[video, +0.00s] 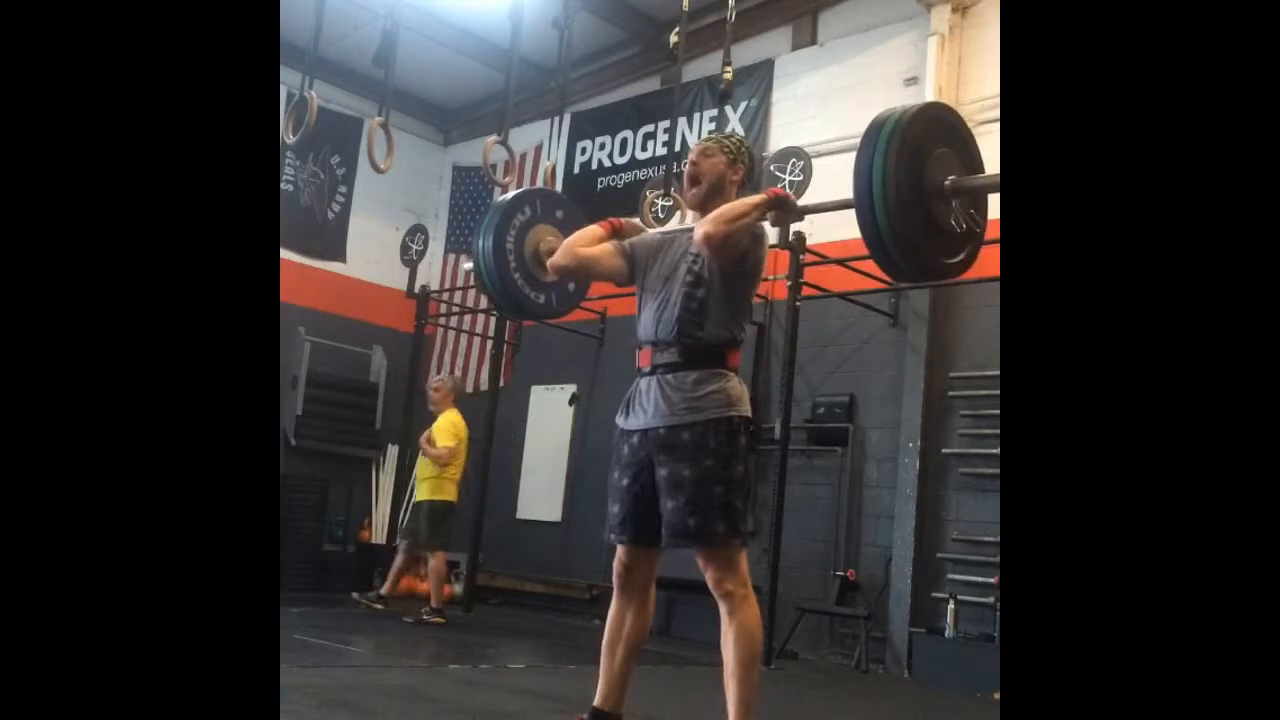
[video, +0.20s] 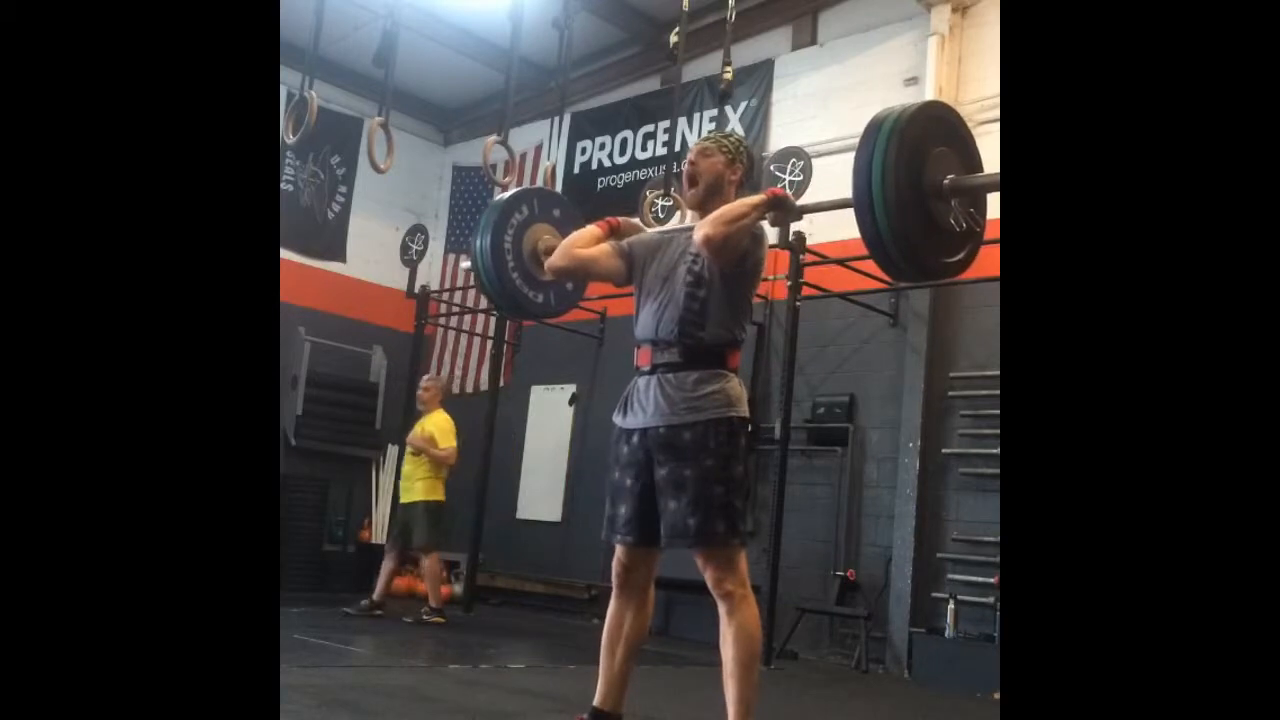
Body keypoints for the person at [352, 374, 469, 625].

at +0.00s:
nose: (431, 395)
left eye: (436, 391)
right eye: (430, 390)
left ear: (450, 395)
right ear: (444, 396)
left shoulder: (448, 420)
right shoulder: (449, 420)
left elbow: (445, 456)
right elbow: (447, 457)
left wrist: (423, 445)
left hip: (437, 495)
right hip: (428, 494)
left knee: (436, 551)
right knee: (407, 545)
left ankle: (435, 608)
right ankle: (383, 594)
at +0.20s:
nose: (420, 394)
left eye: (426, 390)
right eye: (420, 389)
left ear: (439, 394)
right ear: (420, 393)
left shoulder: (441, 420)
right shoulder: (423, 420)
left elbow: (450, 456)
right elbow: (425, 455)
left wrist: (422, 447)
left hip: (426, 497)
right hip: (408, 496)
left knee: (428, 551)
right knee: (393, 549)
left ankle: (435, 607)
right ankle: (376, 600)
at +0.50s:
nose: (397, 389)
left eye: (403, 386)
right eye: (395, 385)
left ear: (415, 390)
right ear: (393, 389)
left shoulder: (421, 417)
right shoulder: (394, 419)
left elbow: (430, 450)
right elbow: (385, 458)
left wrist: (404, 441)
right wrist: (360, 485)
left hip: (407, 493)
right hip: (385, 492)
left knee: (406, 547)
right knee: (382, 547)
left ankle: (430, 601)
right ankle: (374, 600)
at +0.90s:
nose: (384, 387)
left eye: (389, 383)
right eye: (379, 382)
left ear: (396, 388)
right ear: (372, 387)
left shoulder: (407, 415)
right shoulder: (364, 420)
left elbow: (425, 447)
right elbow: (355, 459)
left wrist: (398, 439)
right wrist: (347, 492)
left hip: (394, 486)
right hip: (367, 488)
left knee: (379, 538)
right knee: (369, 544)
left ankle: (387, 594)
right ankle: (372, 598)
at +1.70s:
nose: (377, 381)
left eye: (382, 378)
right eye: (373, 376)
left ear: (389, 382)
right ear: (364, 379)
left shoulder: (392, 413)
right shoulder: (353, 409)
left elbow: (402, 451)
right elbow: (339, 446)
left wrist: (374, 438)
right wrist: (326, 480)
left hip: (366, 484)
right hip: (339, 482)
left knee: (350, 541)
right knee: (324, 539)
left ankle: (342, 598)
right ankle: (357, 577)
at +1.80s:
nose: (376, 381)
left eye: (382, 377)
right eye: (372, 375)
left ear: (388, 382)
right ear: (362, 378)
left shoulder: (391, 412)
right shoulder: (351, 409)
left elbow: (403, 451)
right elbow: (337, 446)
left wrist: (373, 438)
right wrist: (324, 479)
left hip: (365, 486)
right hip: (336, 483)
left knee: (354, 542)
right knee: (316, 536)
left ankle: (342, 599)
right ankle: (336, 585)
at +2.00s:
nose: (370, 379)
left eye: (376, 376)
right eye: (366, 374)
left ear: (383, 382)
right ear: (357, 378)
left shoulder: (389, 412)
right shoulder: (343, 408)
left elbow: (402, 451)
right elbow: (328, 445)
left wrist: (370, 439)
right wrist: (317, 479)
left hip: (363, 488)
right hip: (332, 484)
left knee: (355, 544)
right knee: (311, 539)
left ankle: (343, 600)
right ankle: (293, 595)